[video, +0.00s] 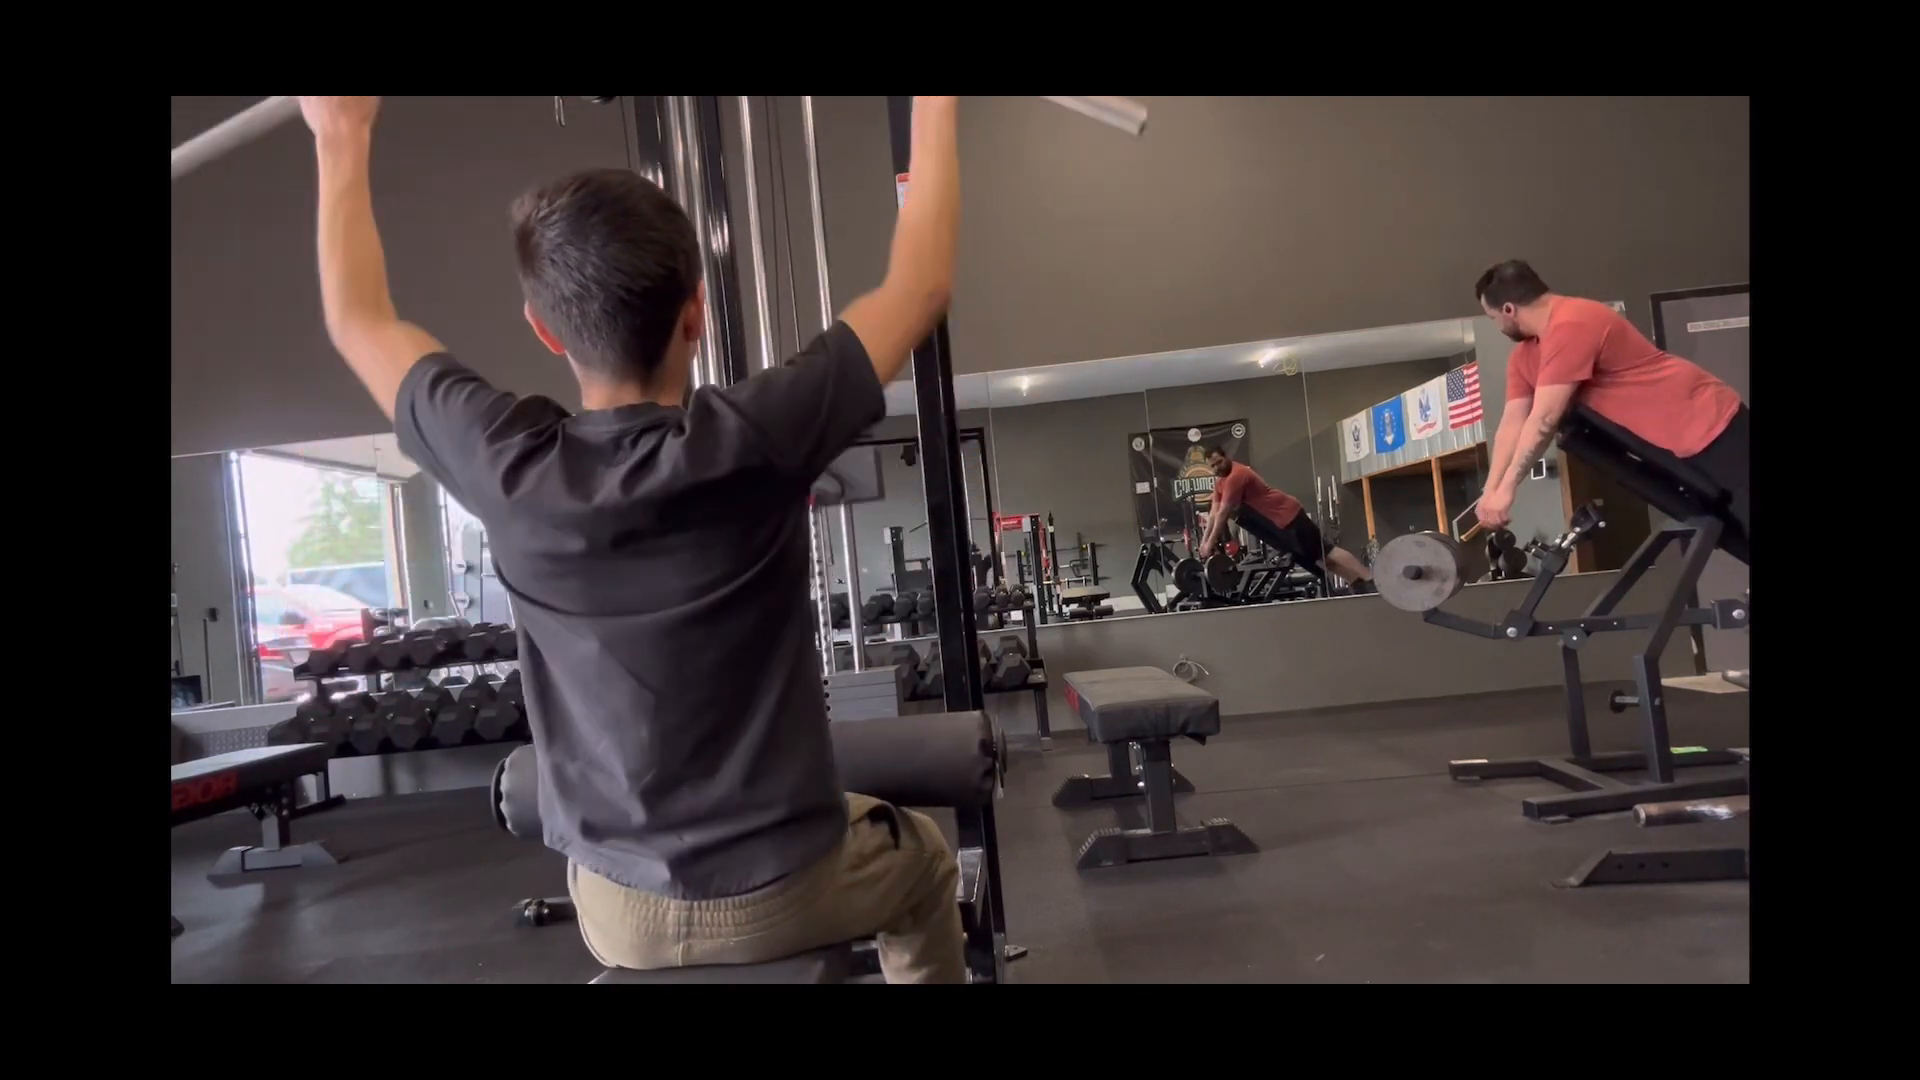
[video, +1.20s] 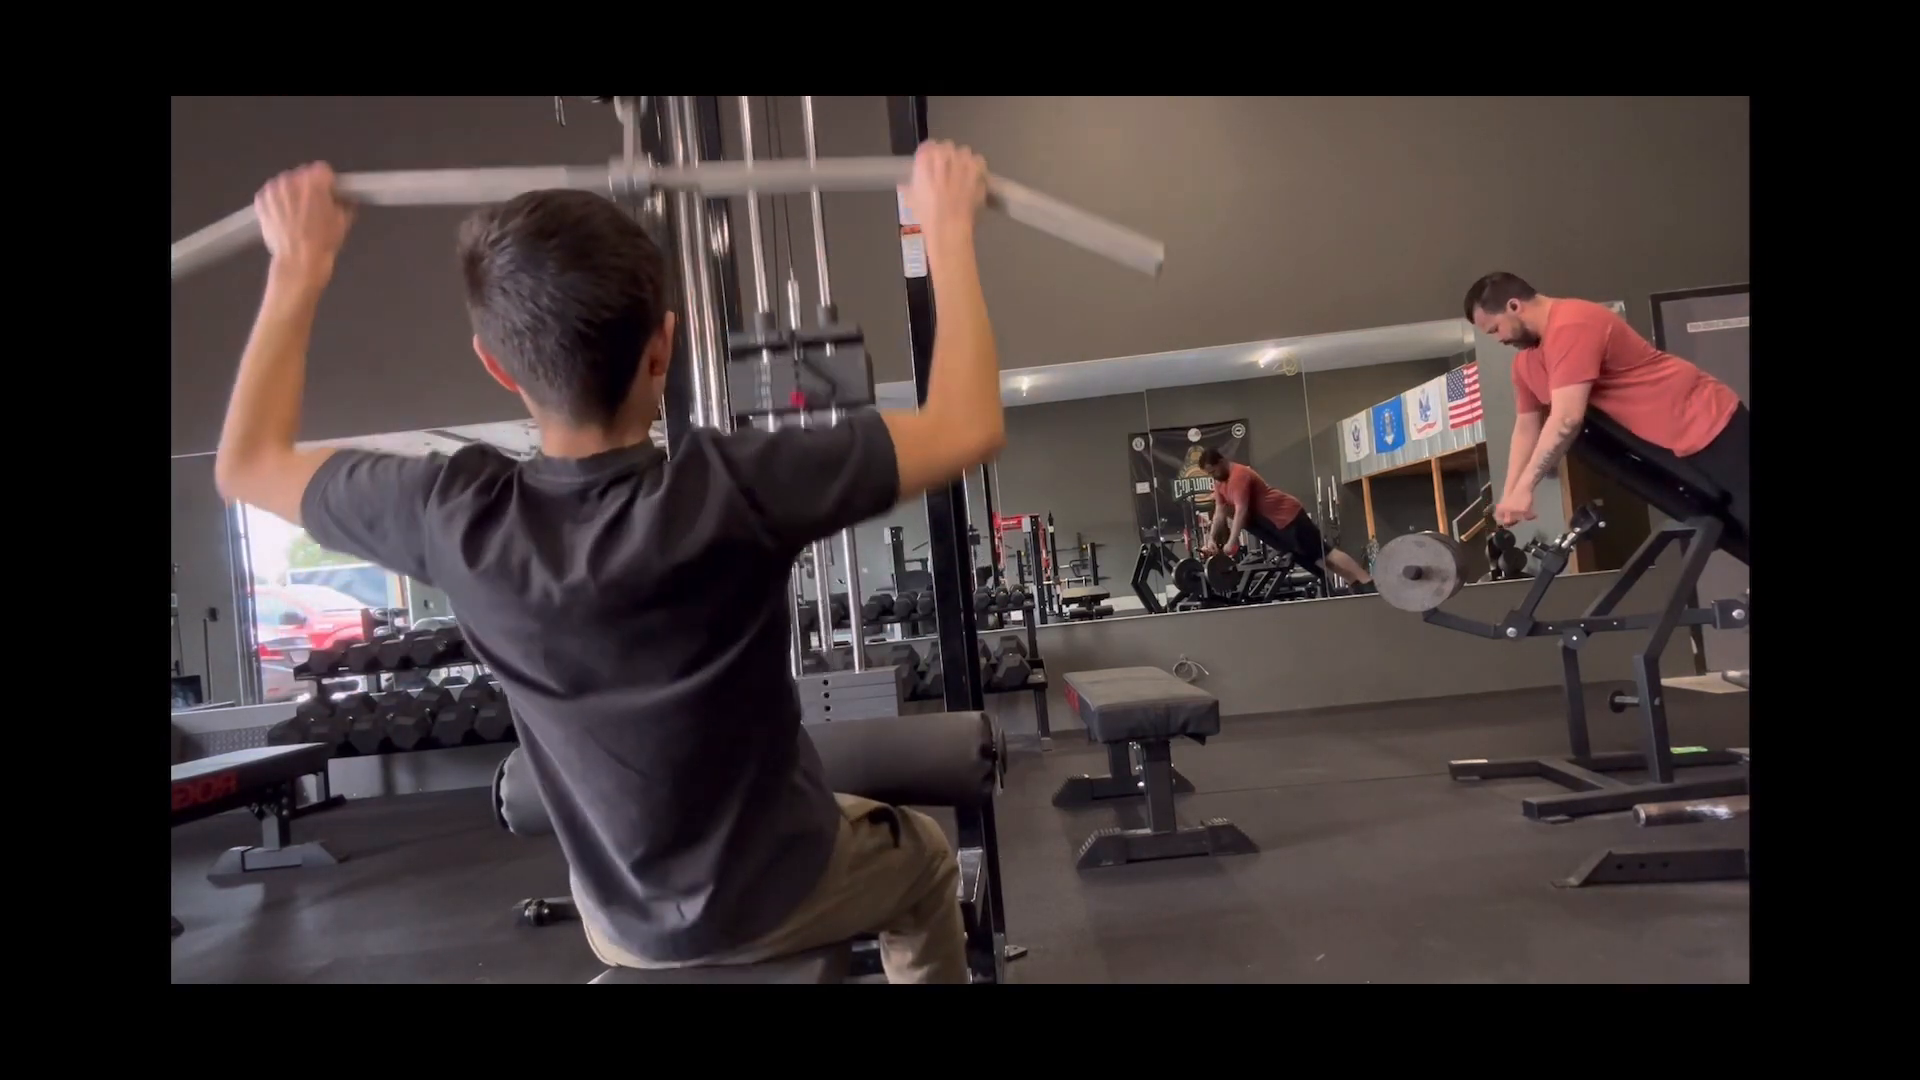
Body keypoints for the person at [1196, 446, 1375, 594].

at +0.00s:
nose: (1216, 466)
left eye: (1219, 461)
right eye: (1212, 464)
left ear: (1226, 458)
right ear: (1210, 467)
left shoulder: (1237, 475)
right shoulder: (1220, 482)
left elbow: (1224, 512)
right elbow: (1214, 512)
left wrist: (1211, 540)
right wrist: (1206, 539)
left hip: (1290, 514)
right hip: (1279, 525)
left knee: (1326, 551)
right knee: (1319, 558)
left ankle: (1370, 578)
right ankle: (1356, 583)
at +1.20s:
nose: (1212, 475)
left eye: (1213, 470)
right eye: (1209, 473)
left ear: (1221, 462)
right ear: (1208, 472)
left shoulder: (1239, 475)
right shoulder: (1220, 485)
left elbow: (1241, 510)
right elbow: (1219, 512)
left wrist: (1233, 541)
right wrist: (1211, 539)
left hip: (1289, 514)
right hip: (1276, 526)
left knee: (1324, 551)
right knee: (1315, 558)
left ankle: (1367, 581)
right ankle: (1354, 583)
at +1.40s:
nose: (1214, 475)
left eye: (1214, 470)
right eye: (1210, 473)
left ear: (1221, 463)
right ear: (1208, 473)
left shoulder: (1240, 475)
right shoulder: (1220, 485)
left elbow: (1257, 505)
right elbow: (1225, 510)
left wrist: (1258, 537)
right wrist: (1223, 538)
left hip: (1289, 514)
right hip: (1274, 525)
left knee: (1323, 551)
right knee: (1313, 559)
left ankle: (1368, 581)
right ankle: (1354, 583)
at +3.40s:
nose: (1213, 480)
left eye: (1213, 474)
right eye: (1209, 478)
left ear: (1221, 466)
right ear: (1206, 477)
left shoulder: (1241, 479)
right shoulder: (1217, 487)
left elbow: (1258, 511)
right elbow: (1226, 514)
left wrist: (1269, 539)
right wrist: (1232, 541)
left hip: (1290, 514)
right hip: (1275, 523)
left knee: (1325, 551)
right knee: (1315, 558)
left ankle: (1368, 583)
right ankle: (1353, 584)